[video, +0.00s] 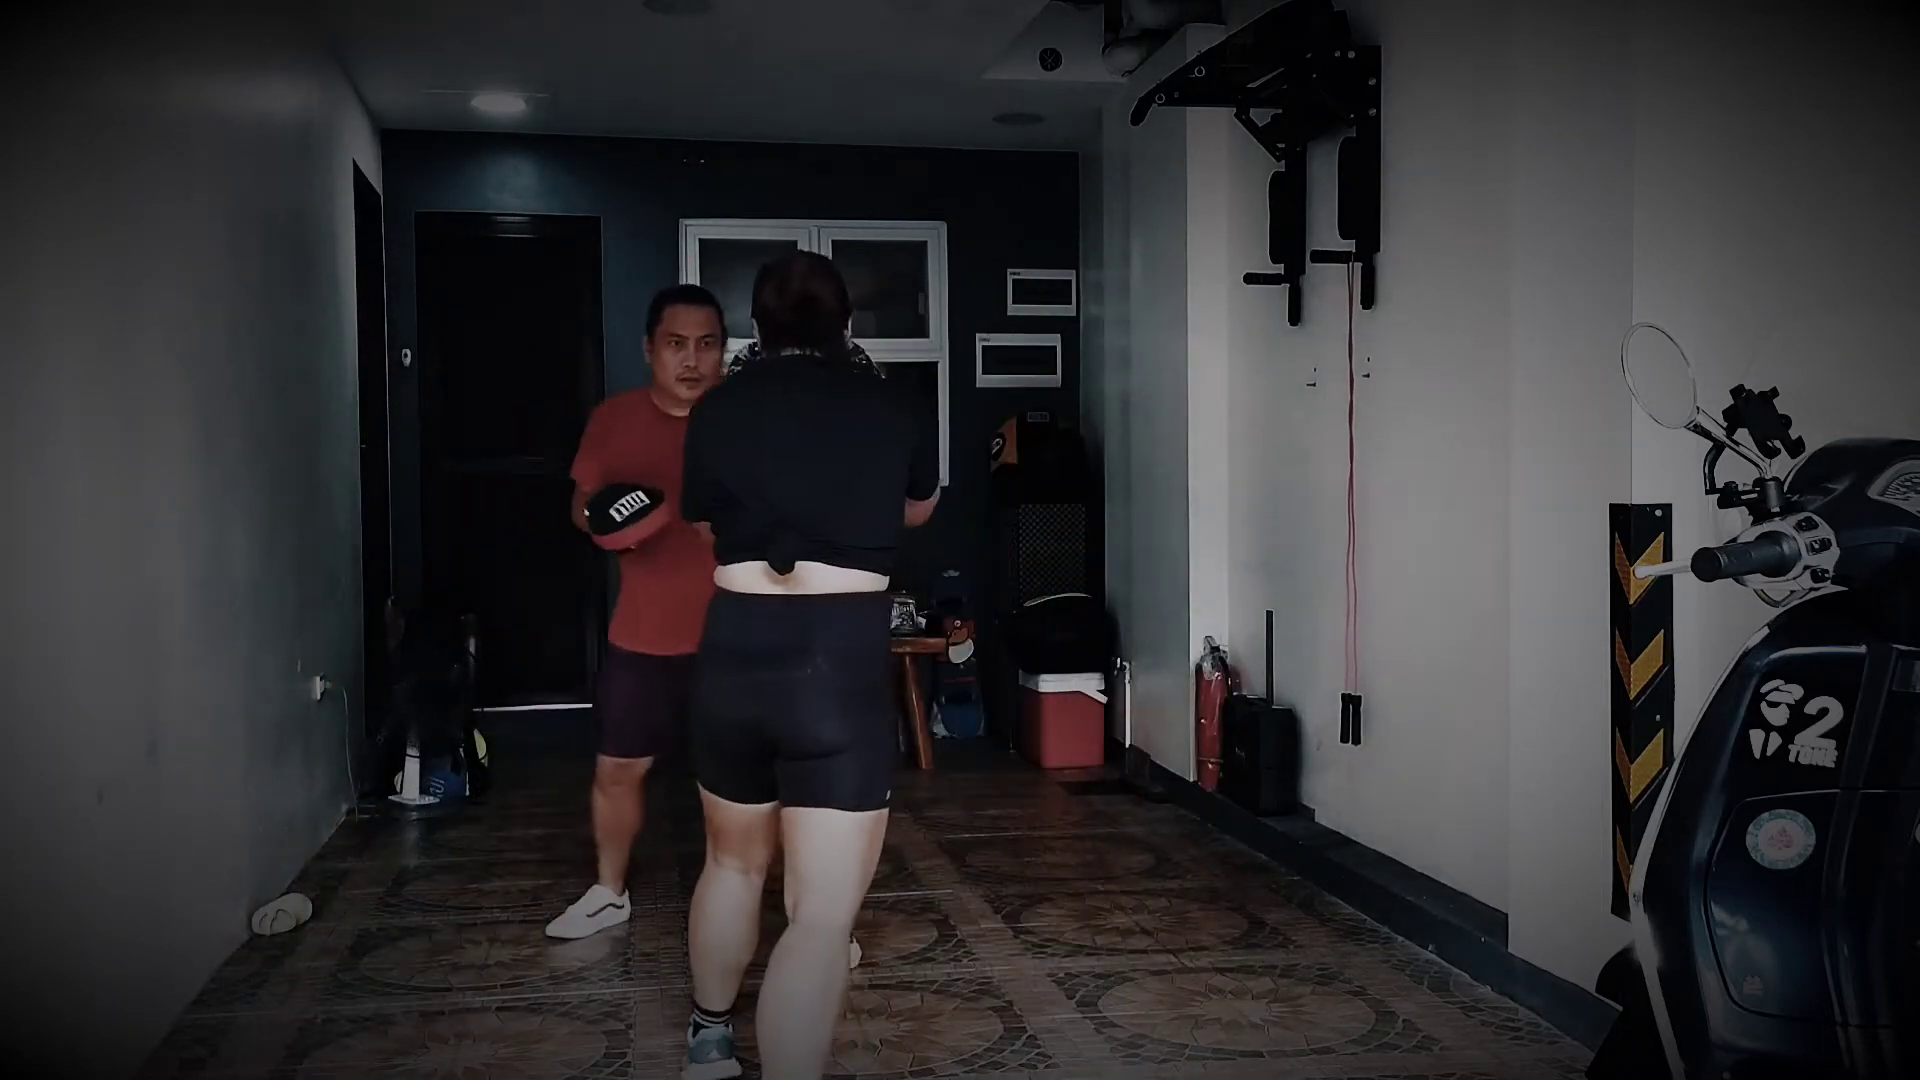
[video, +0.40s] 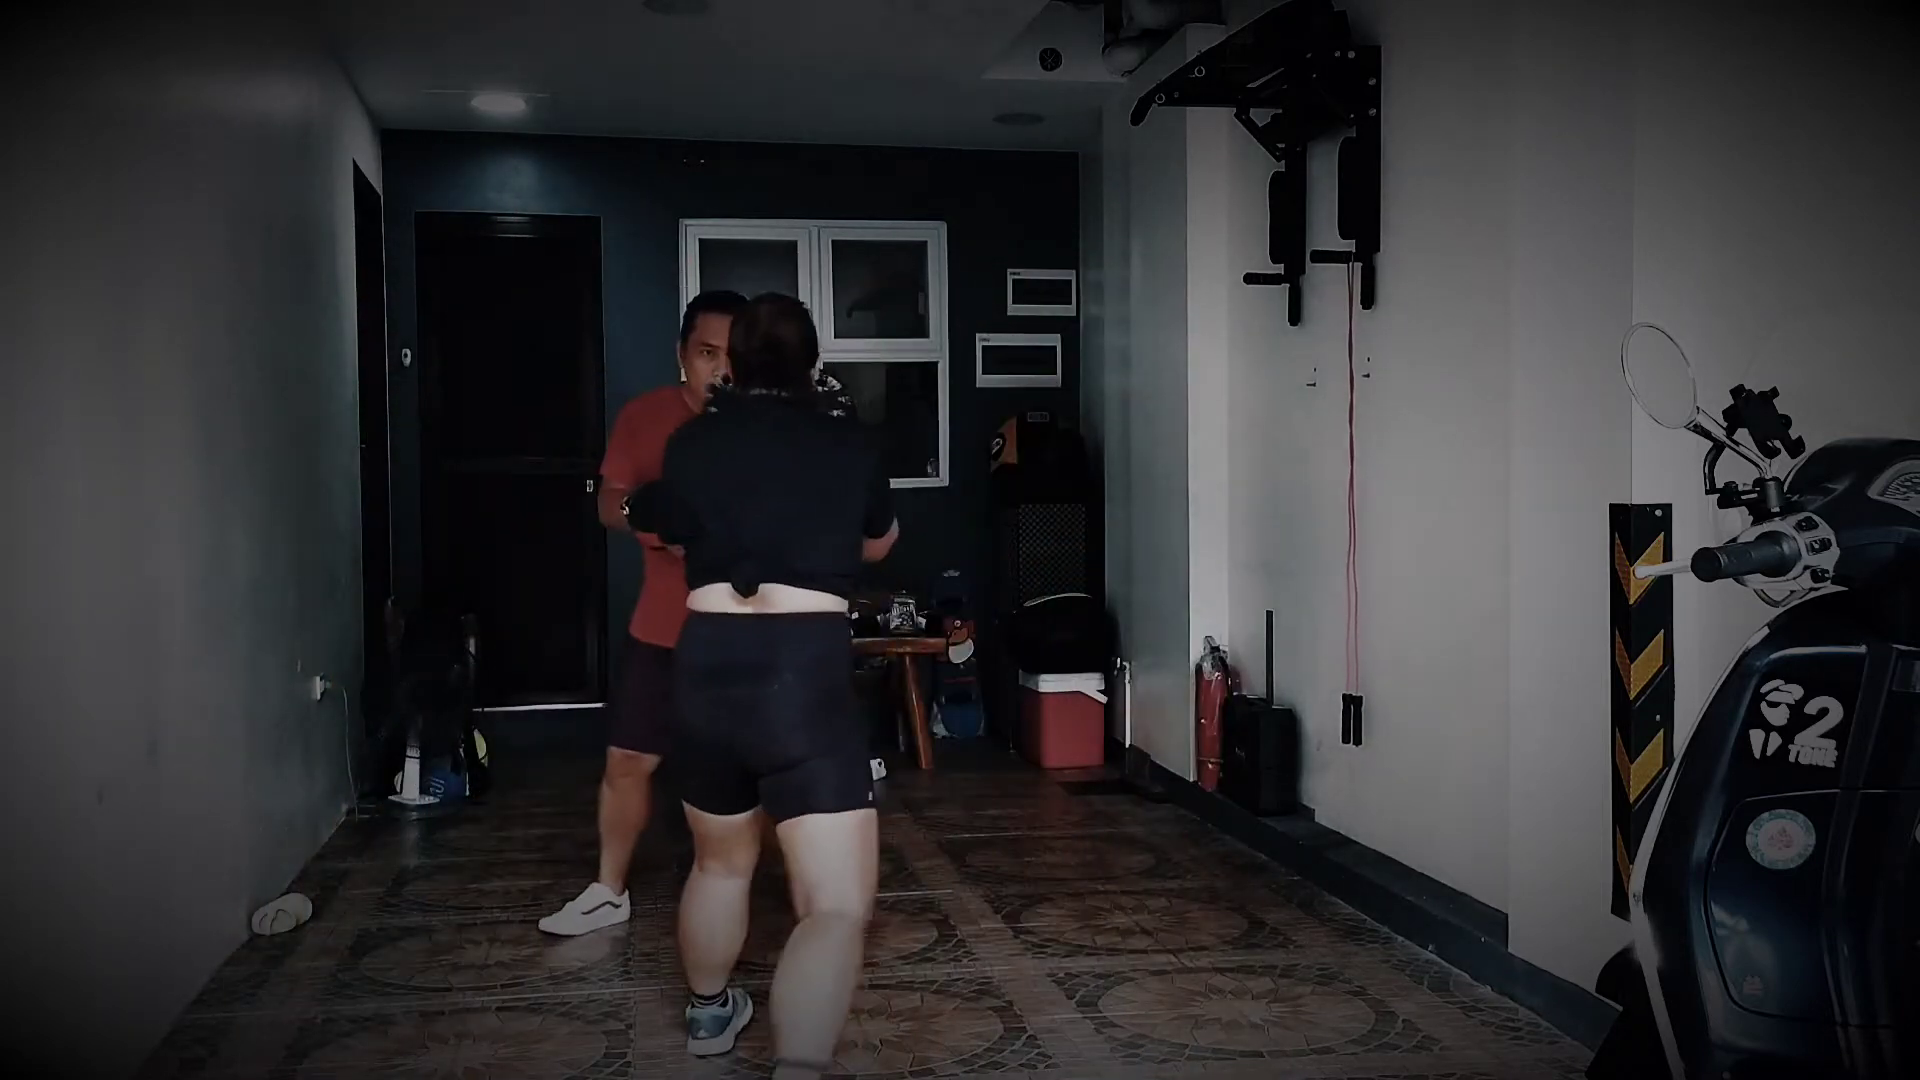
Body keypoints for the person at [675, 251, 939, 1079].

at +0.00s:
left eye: (729, 324)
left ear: (758, 324)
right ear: (845, 321)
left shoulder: (718, 410)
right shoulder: (891, 404)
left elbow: (699, 514)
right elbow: (918, 510)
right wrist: (822, 504)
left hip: (732, 667)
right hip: (843, 674)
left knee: (731, 862)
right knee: (821, 922)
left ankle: (709, 1032)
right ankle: (791, 1074)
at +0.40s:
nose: (714, 360)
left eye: (722, 350)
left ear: (733, 360)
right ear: (813, 362)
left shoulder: (692, 439)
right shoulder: (850, 440)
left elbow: (660, 529)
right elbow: (877, 543)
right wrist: (795, 523)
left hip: (705, 671)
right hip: (807, 680)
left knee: (720, 863)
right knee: (833, 908)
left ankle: (708, 1015)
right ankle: (799, 1069)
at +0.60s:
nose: (699, 362)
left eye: (707, 351)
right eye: (699, 348)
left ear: (721, 362)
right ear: (794, 362)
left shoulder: (676, 437)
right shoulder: (841, 430)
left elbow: (625, 552)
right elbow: (876, 535)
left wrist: (673, 489)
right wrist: (795, 512)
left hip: (723, 667)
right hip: (826, 663)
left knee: (724, 844)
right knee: (873, 868)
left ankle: (713, 1013)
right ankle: (862, 1039)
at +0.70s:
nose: (705, 377)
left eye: (716, 373)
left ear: (720, 407)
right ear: (796, 406)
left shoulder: (690, 484)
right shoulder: (845, 468)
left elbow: (644, 611)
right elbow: (888, 576)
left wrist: (621, 590)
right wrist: (814, 571)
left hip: (737, 693)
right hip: (843, 688)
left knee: (725, 837)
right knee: (881, 891)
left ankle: (725, 1003)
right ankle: (887, 1056)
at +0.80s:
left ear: (720, 452)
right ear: (795, 444)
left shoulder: (701, 534)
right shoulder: (846, 512)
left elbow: (685, 635)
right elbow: (904, 622)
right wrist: (842, 619)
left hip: (732, 721)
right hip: (839, 719)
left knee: (729, 844)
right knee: (886, 899)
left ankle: (730, 1008)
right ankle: (883, 1059)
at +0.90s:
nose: (832, 441)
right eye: (822, 430)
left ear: (730, 442)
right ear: (806, 436)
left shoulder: (701, 529)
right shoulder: (851, 495)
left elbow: (674, 651)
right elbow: (913, 605)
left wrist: (728, 669)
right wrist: (870, 598)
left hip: (719, 707)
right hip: (821, 704)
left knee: (744, 838)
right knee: (880, 895)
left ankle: (729, 1003)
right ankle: (878, 1050)